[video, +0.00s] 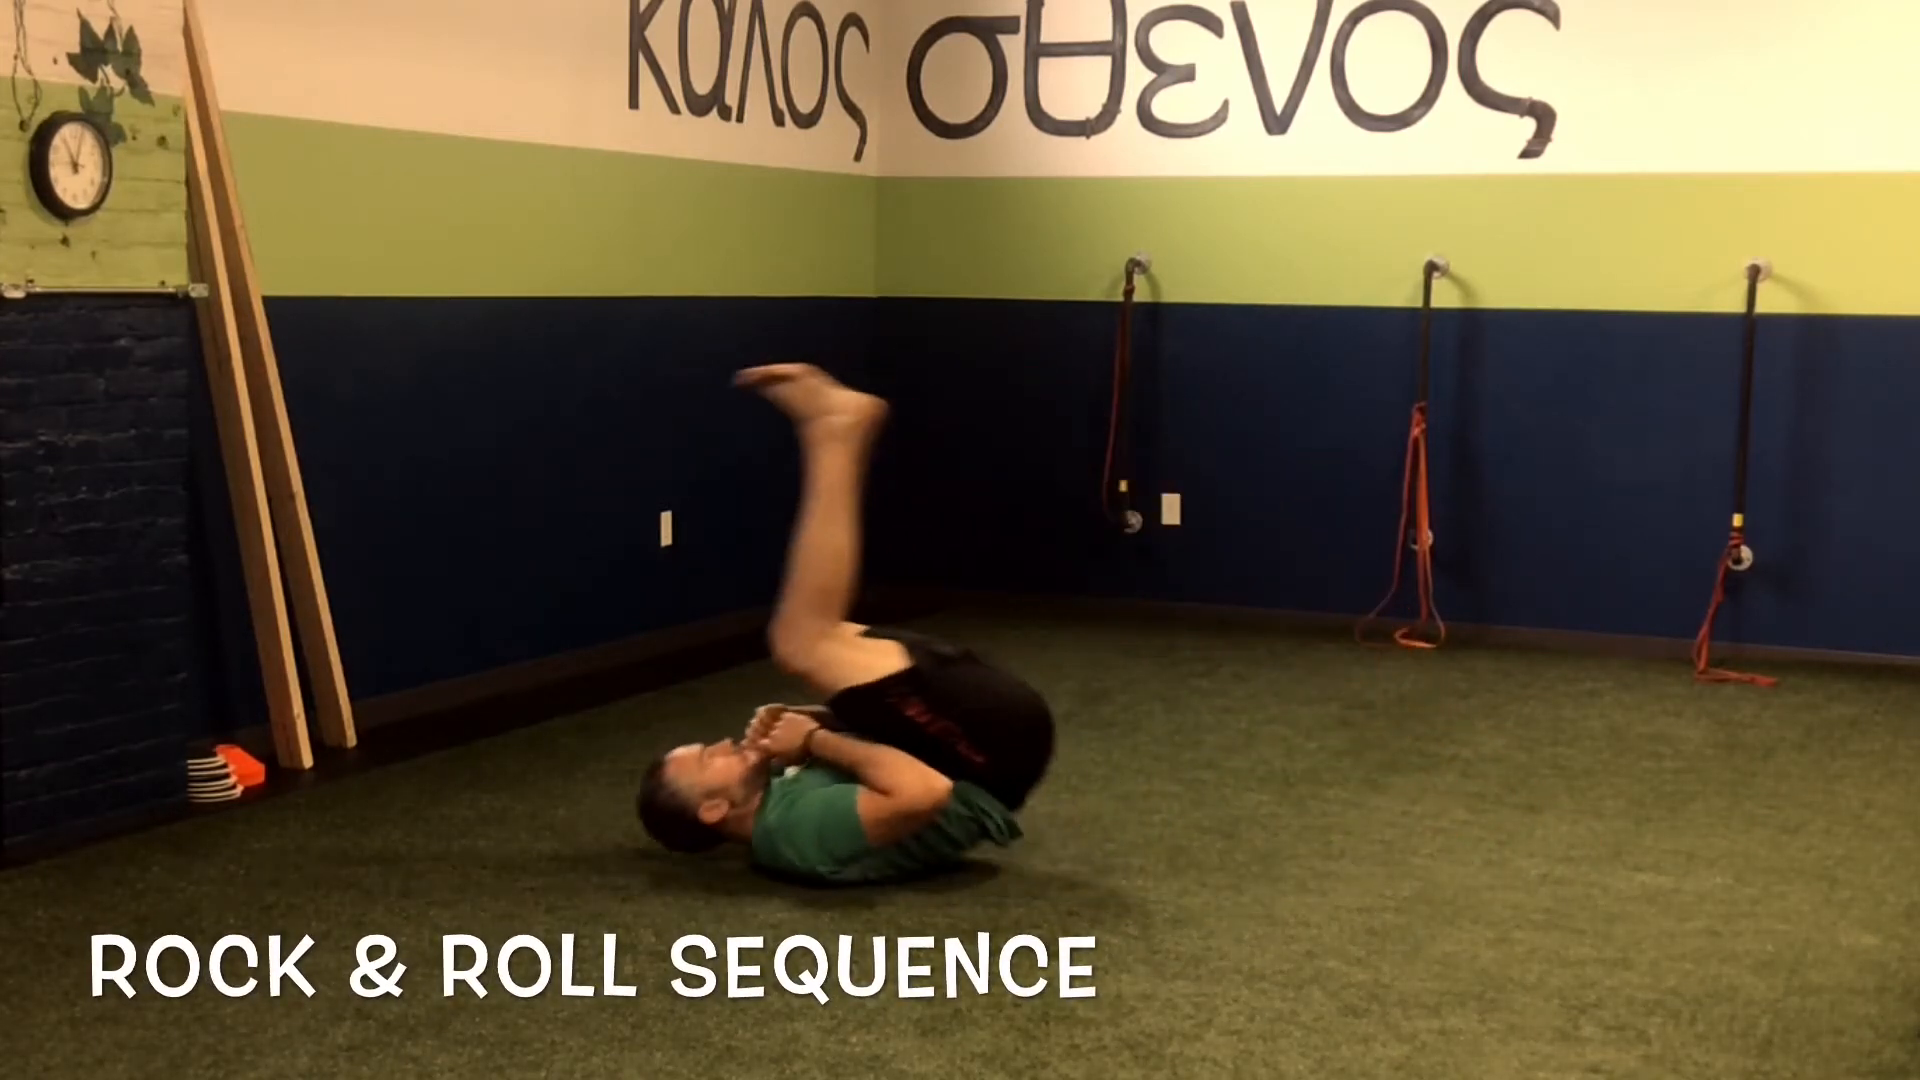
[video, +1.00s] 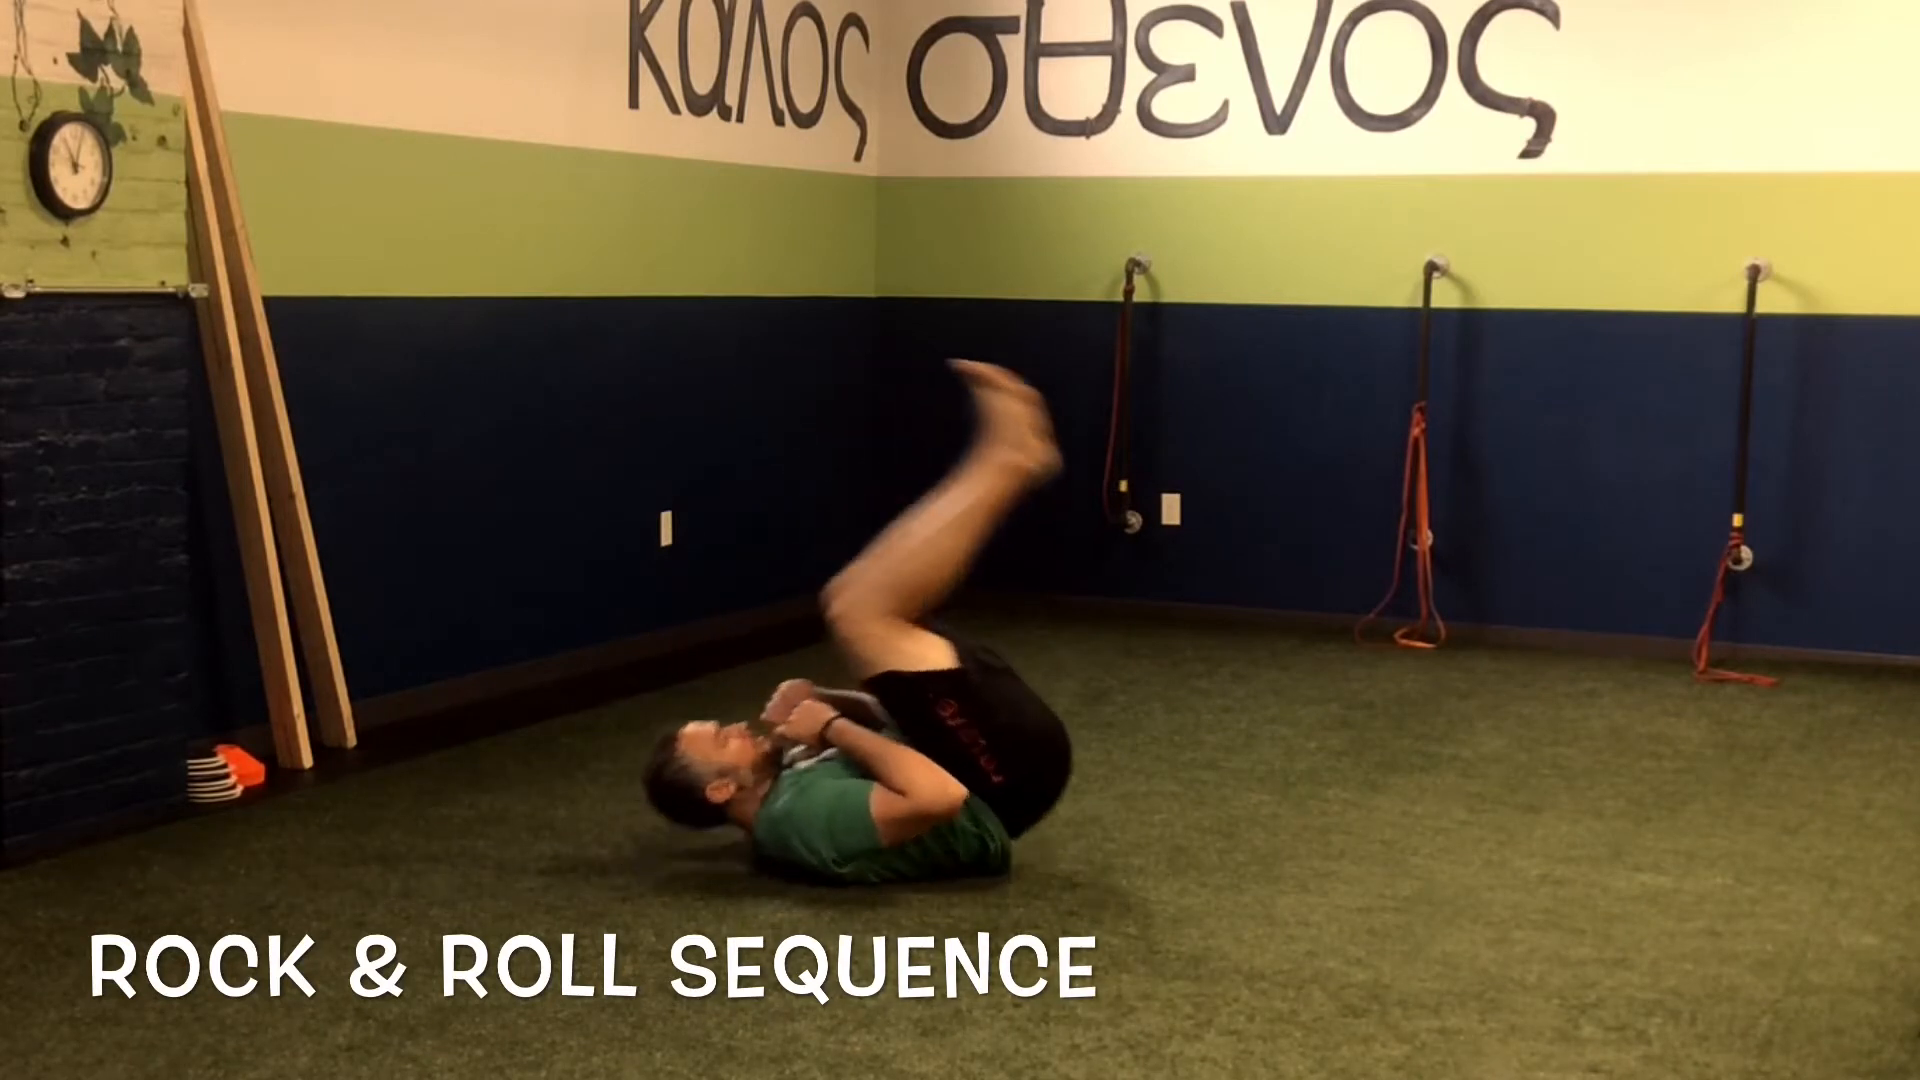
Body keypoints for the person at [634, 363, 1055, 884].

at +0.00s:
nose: (724, 743)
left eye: (705, 745)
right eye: (706, 755)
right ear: (716, 807)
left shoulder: (785, 803)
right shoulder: (792, 830)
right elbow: (925, 793)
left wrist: (799, 742)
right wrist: (814, 740)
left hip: (1005, 736)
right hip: (1001, 749)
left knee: (827, 635)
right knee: (801, 641)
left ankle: (840, 428)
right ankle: (835, 428)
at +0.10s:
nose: (708, 753)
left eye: (691, 757)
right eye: (694, 770)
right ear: (707, 820)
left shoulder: (770, 809)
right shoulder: (787, 830)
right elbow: (910, 783)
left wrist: (774, 756)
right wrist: (792, 743)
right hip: (981, 729)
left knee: (789, 638)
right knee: (766, 653)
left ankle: (772, 434)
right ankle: (770, 432)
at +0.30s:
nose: (702, 765)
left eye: (684, 771)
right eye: (688, 782)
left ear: (708, 825)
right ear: (705, 828)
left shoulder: (763, 809)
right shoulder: (781, 835)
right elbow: (898, 767)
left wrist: (752, 737)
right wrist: (773, 750)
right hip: (957, 697)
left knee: (745, 644)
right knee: (725, 669)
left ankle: (692, 451)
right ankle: (689, 449)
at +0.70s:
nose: (701, 766)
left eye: (686, 770)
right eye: (689, 782)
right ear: (703, 831)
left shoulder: (758, 812)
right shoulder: (785, 832)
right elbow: (907, 774)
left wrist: (769, 749)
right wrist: (782, 743)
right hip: (971, 710)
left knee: (771, 638)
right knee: (747, 659)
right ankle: (767, 436)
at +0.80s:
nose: (706, 758)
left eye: (688, 761)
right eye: (692, 774)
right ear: (706, 822)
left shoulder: (766, 812)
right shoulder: (787, 832)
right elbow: (913, 782)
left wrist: (779, 739)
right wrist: (793, 741)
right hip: (983, 729)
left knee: (797, 633)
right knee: (772, 641)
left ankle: (836, 432)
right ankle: (835, 432)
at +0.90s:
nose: (718, 745)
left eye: (700, 746)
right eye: (701, 759)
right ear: (710, 809)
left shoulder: (778, 804)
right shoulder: (790, 829)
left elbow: (871, 719)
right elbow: (922, 791)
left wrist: (793, 712)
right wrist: (808, 735)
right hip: (999, 750)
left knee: (804, 616)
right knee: (807, 626)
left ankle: (916, 435)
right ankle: (916, 435)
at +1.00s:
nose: (740, 725)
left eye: (722, 726)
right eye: (722, 737)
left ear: (726, 785)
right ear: (723, 786)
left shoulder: (788, 788)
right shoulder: (793, 818)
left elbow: (882, 719)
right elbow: (938, 797)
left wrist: (819, 699)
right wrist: (830, 726)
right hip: (1010, 775)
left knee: (852, 597)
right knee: (856, 607)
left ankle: (1006, 454)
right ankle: (1011, 454)